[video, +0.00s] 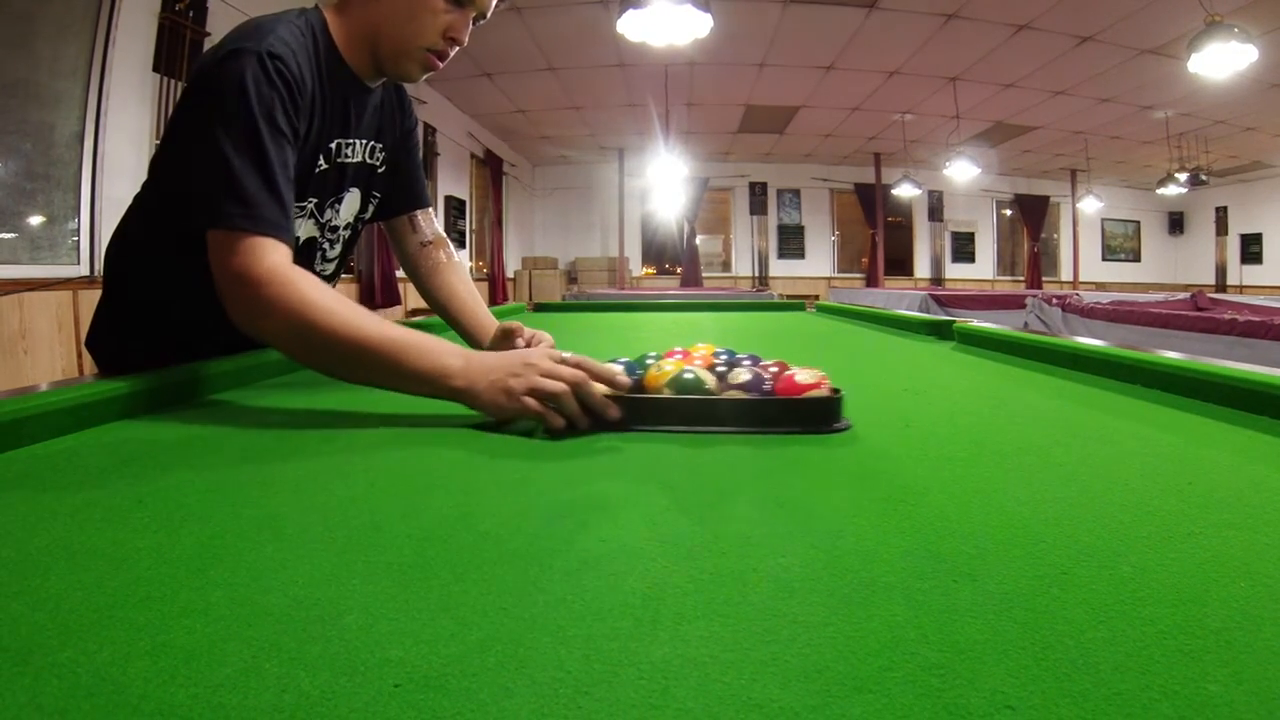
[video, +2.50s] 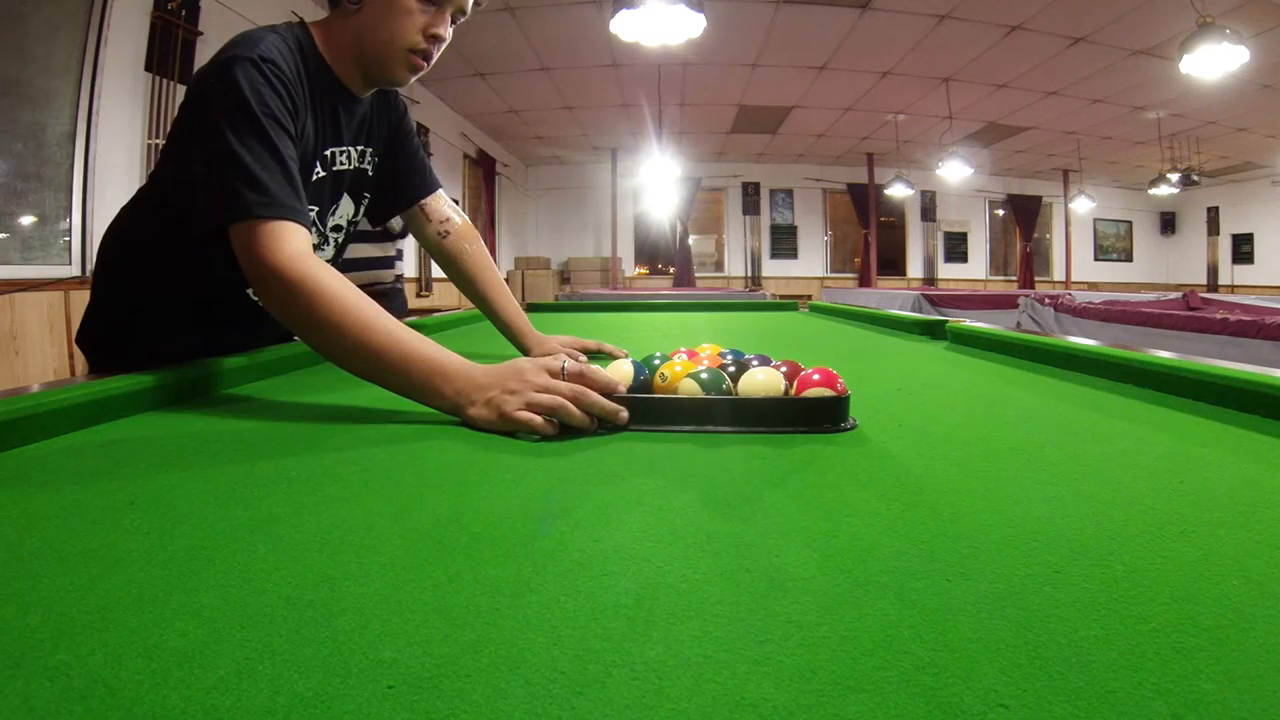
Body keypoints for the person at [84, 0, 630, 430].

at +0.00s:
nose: (463, 37)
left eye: (475, 22)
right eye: (457, 6)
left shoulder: (390, 101)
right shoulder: (262, 62)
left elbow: (424, 241)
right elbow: (256, 282)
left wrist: (490, 333)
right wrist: (472, 374)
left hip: (269, 357)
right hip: (159, 363)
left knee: (247, 556)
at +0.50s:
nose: (456, 25)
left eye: (467, 10)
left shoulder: (382, 96)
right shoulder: (255, 63)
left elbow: (416, 237)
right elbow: (261, 283)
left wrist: (483, 335)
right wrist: (466, 383)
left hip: (261, 351)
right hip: (151, 358)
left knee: (239, 547)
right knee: (140, 557)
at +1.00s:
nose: (441, 14)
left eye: (450, 1)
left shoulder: (378, 87)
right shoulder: (247, 50)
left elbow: (442, 222)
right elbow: (273, 258)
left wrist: (527, 335)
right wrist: (467, 384)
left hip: (271, 348)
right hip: (158, 353)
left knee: (255, 540)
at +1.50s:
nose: (449, 29)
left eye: (457, 13)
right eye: (437, 3)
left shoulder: (384, 98)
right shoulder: (255, 66)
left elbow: (445, 223)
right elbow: (276, 264)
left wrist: (527, 334)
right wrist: (467, 384)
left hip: (271, 345)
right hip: (160, 350)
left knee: (253, 533)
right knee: (147, 543)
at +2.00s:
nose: (444, 29)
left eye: (454, 13)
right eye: (431, 1)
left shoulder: (385, 101)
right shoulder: (256, 69)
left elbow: (444, 225)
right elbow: (278, 266)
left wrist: (527, 334)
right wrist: (468, 384)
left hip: (271, 342)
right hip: (158, 347)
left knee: (252, 531)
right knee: (147, 541)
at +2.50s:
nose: (442, 34)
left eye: (453, 18)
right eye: (429, 5)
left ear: (454, 26)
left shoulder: (383, 102)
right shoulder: (255, 71)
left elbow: (441, 224)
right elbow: (278, 267)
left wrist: (529, 337)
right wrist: (468, 384)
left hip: (263, 336)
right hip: (152, 342)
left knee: (243, 527)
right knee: (140, 537)